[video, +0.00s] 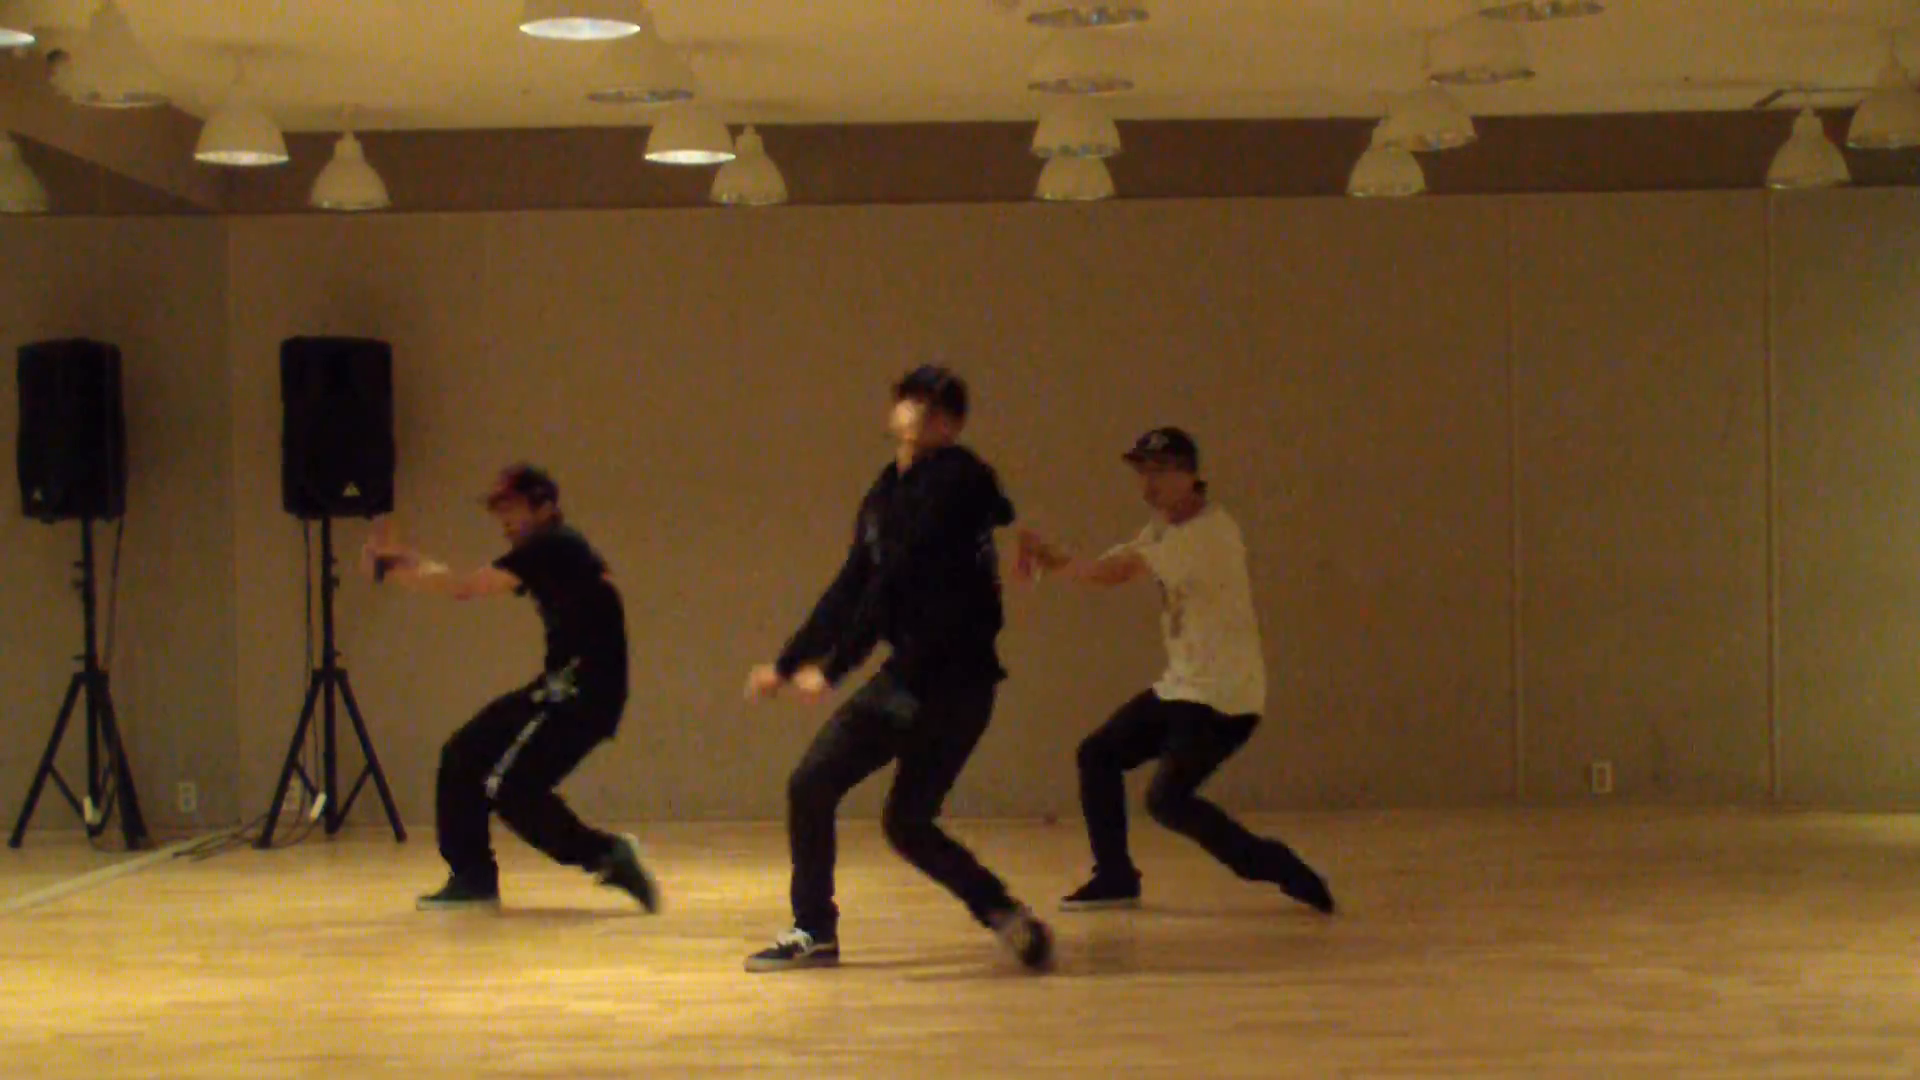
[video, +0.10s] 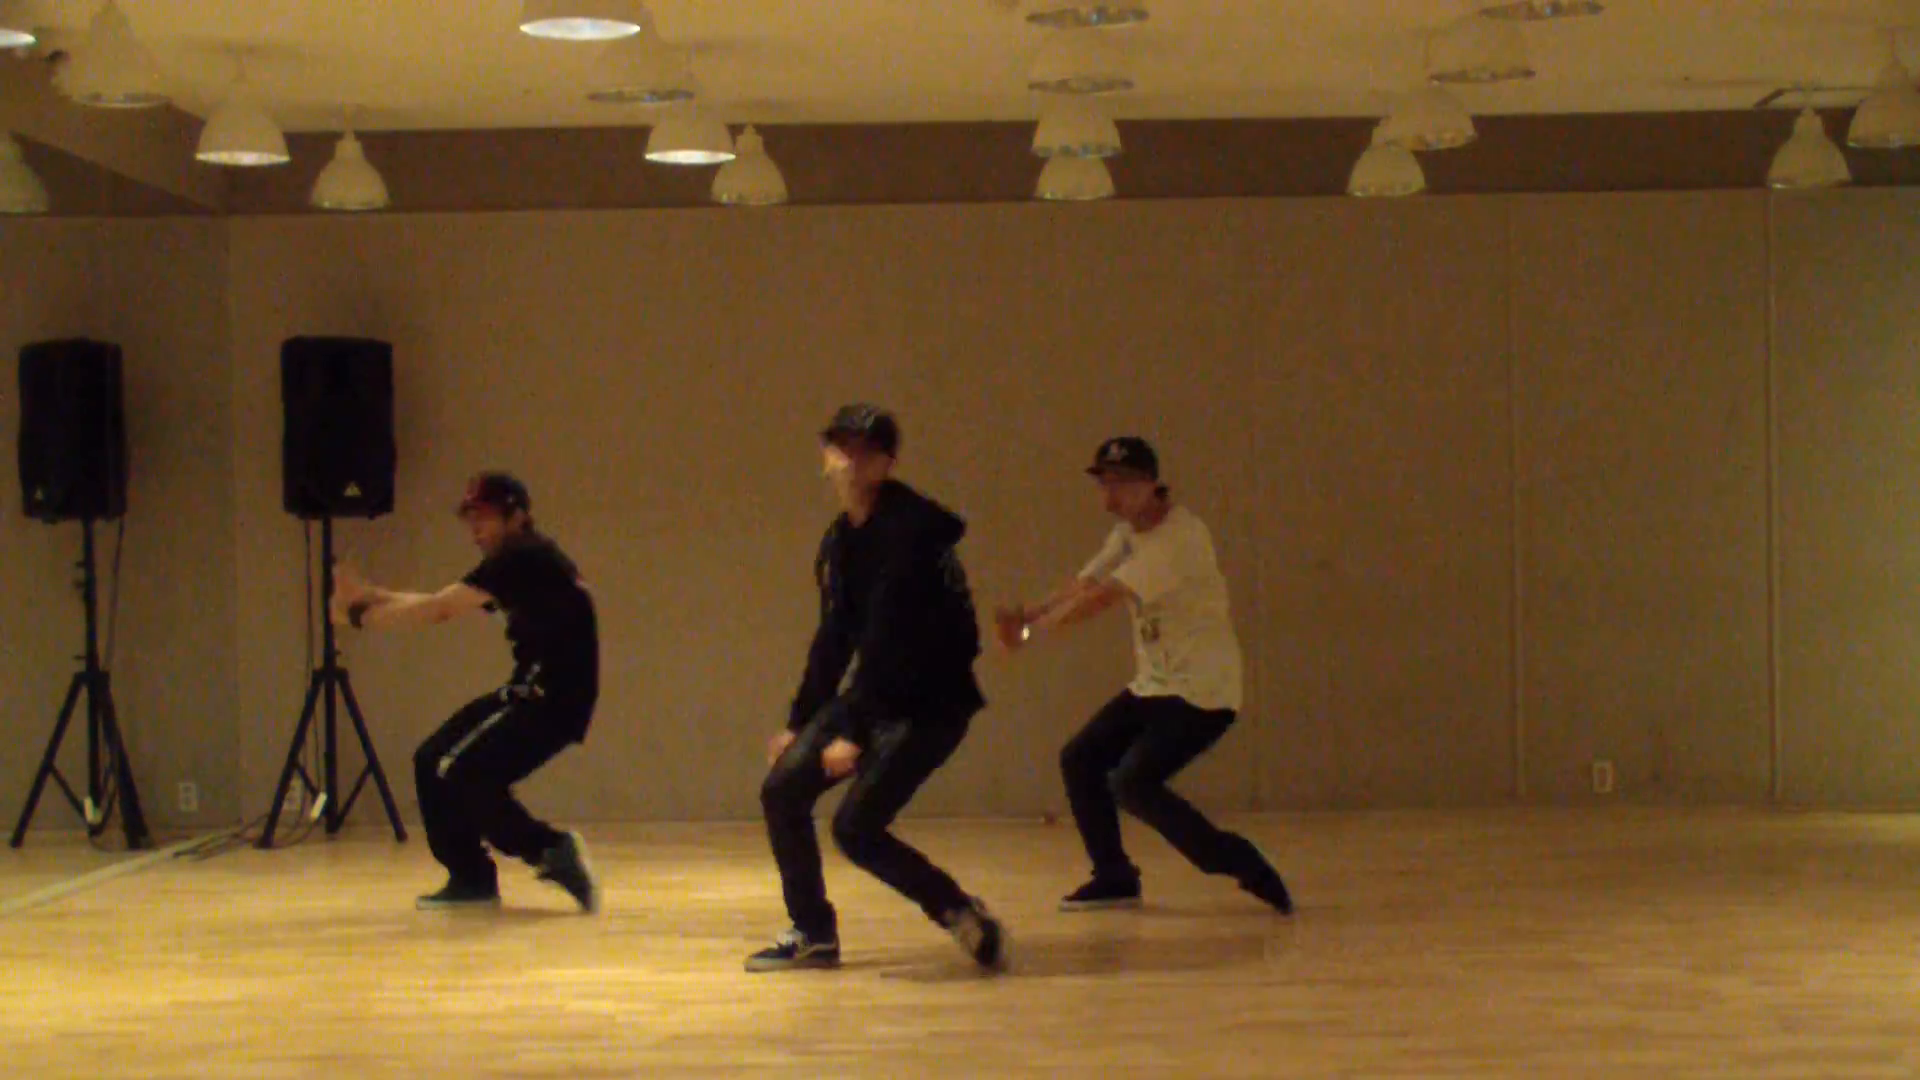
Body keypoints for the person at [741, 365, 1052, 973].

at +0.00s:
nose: (916, 419)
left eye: (933, 410)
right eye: (909, 404)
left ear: (954, 424)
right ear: (892, 413)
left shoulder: (957, 481)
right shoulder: (888, 490)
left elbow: (898, 586)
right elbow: (854, 580)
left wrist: (832, 665)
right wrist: (789, 659)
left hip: (958, 682)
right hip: (905, 674)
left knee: (908, 823)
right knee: (810, 784)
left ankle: (1008, 919)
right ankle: (813, 931)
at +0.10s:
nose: (846, 465)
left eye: (860, 453)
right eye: (838, 451)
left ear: (885, 462)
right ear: (826, 460)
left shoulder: (916, 530)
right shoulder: (842, 541)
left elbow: (900, 644)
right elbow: (834, 637)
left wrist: (855, 732)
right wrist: (800, 721)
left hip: (932, 704)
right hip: (873, 690)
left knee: (855, 828)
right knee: (783, 790)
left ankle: (960, 914)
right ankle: (814, 933)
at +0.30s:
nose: (781, 505)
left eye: (790, 493)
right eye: (768, 496)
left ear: (811, 493)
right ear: (755, 503)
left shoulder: (866, 548)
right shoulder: (787, 570)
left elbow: (912, 638)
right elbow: (808, 654)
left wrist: (914, 737)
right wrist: (830, 710)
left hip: (883, 720)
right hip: (825, 708)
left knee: (796, 819)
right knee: (755, 807)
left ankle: (868, 862)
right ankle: (813, 932)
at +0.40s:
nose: (786, 480)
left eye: (795, 466)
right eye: (773, 470)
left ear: (814, 464)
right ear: (757, 477)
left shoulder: (865, 523)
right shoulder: (777, 549)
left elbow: (918, 609)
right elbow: (784, 644)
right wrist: (783, 712)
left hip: (871, 703)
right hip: (806, 705)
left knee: (769, 780)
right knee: (745, 817)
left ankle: (845, 840)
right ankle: (813, 930)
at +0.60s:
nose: (809, 447)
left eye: (816, 434)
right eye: (796, 438)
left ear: (837, 428)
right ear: (779, 439)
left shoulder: (875, 471)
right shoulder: (766, 479)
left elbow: (909, 405)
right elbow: (699, 432)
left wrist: (920, 320)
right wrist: (645, 357)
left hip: (849, 673)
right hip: (790, 671)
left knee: (786, 797)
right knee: (746, 814)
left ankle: (846, 953)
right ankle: (815, 933)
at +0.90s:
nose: (804, 423)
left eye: (813, 410)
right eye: (790, 413)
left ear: (830, 413)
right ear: (768, 420)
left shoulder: (870, 472)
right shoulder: (751, 487)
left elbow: (967, 474)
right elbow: (672, 507)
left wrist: (995, 400)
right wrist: (625, 442)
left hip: (839, 671)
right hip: (775, 670)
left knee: (788, 804)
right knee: (752, 815)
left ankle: (853, 955)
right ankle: (814, 933)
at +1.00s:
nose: (786, 428)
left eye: (796, 415)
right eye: (774, 418)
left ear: (817, 417)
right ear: (758, 426)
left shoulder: (862, 483)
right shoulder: (754, 497)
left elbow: (919, 569)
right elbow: (718, 593)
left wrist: (986, 565)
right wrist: (627, 592)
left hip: (840, 672)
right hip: (777, 673)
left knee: (789, 806)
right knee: (753, 816)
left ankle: (853, 952)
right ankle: (815, 934)